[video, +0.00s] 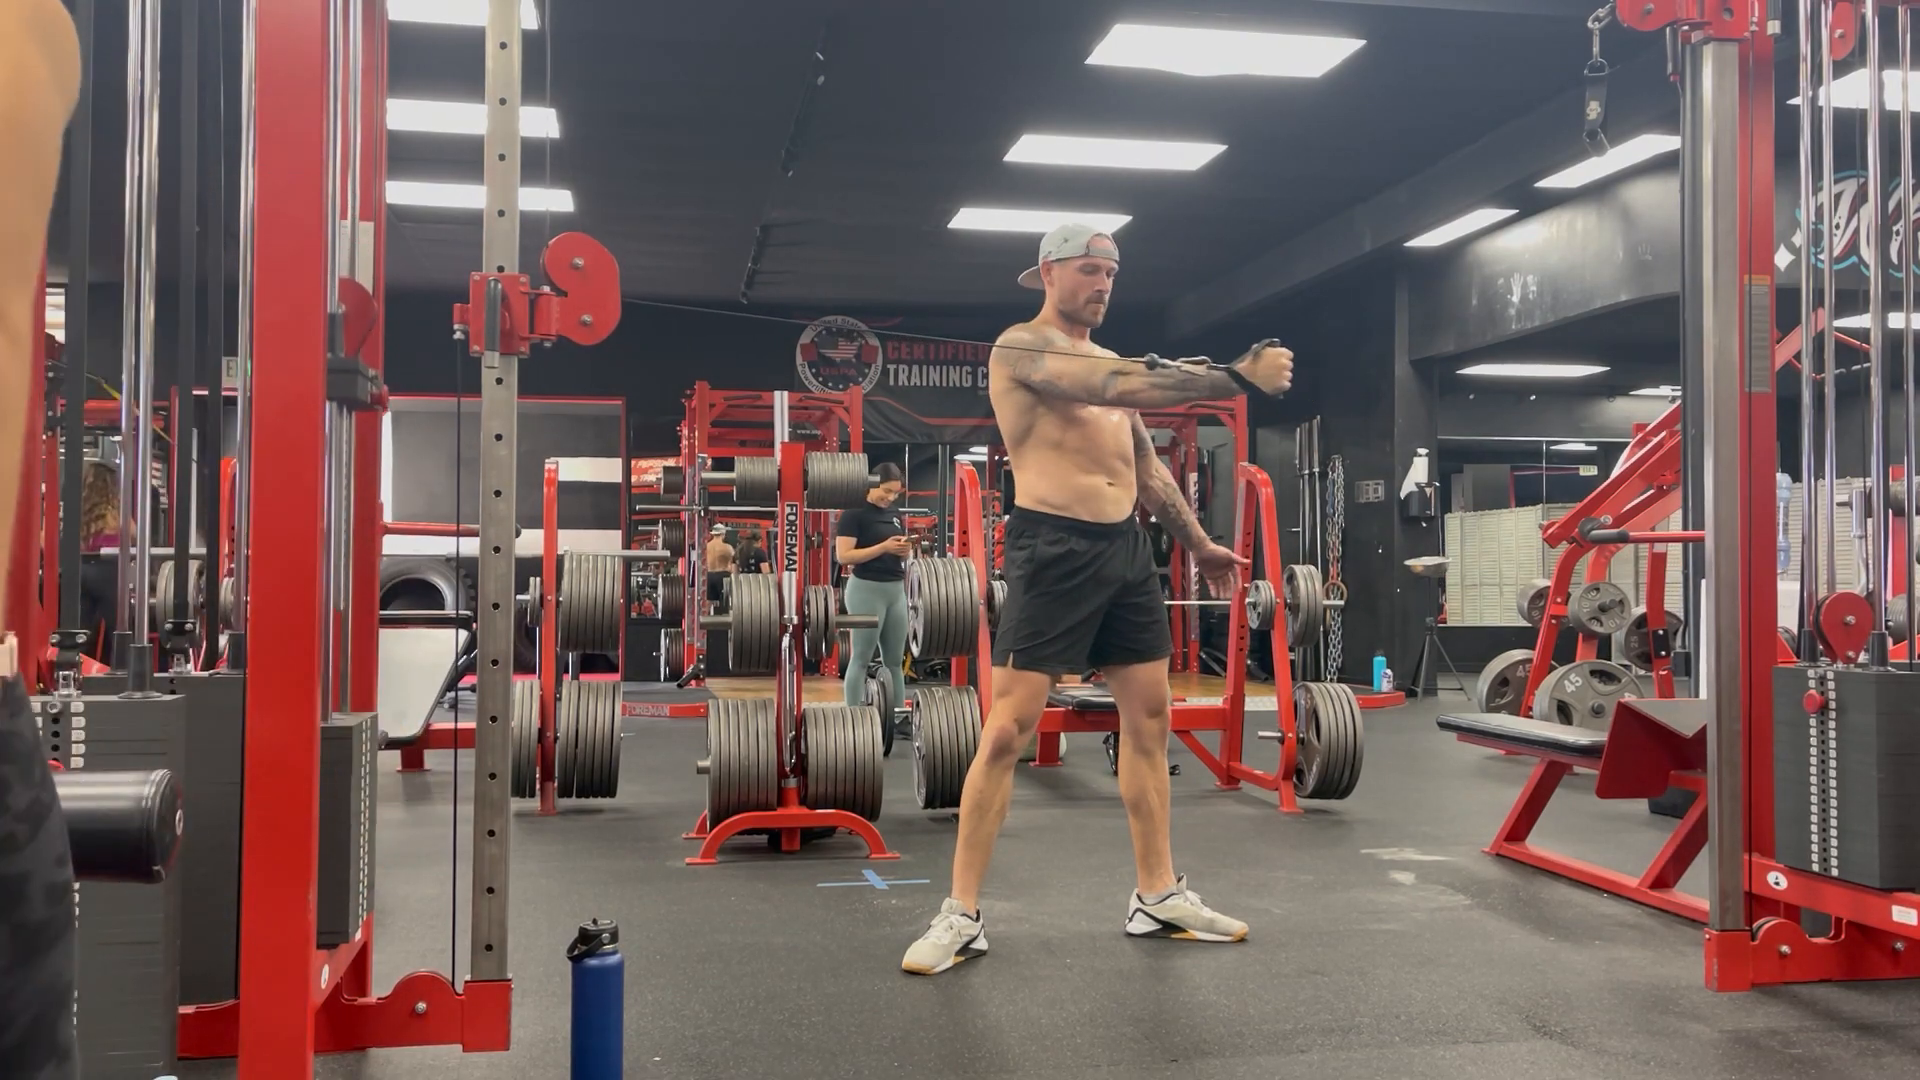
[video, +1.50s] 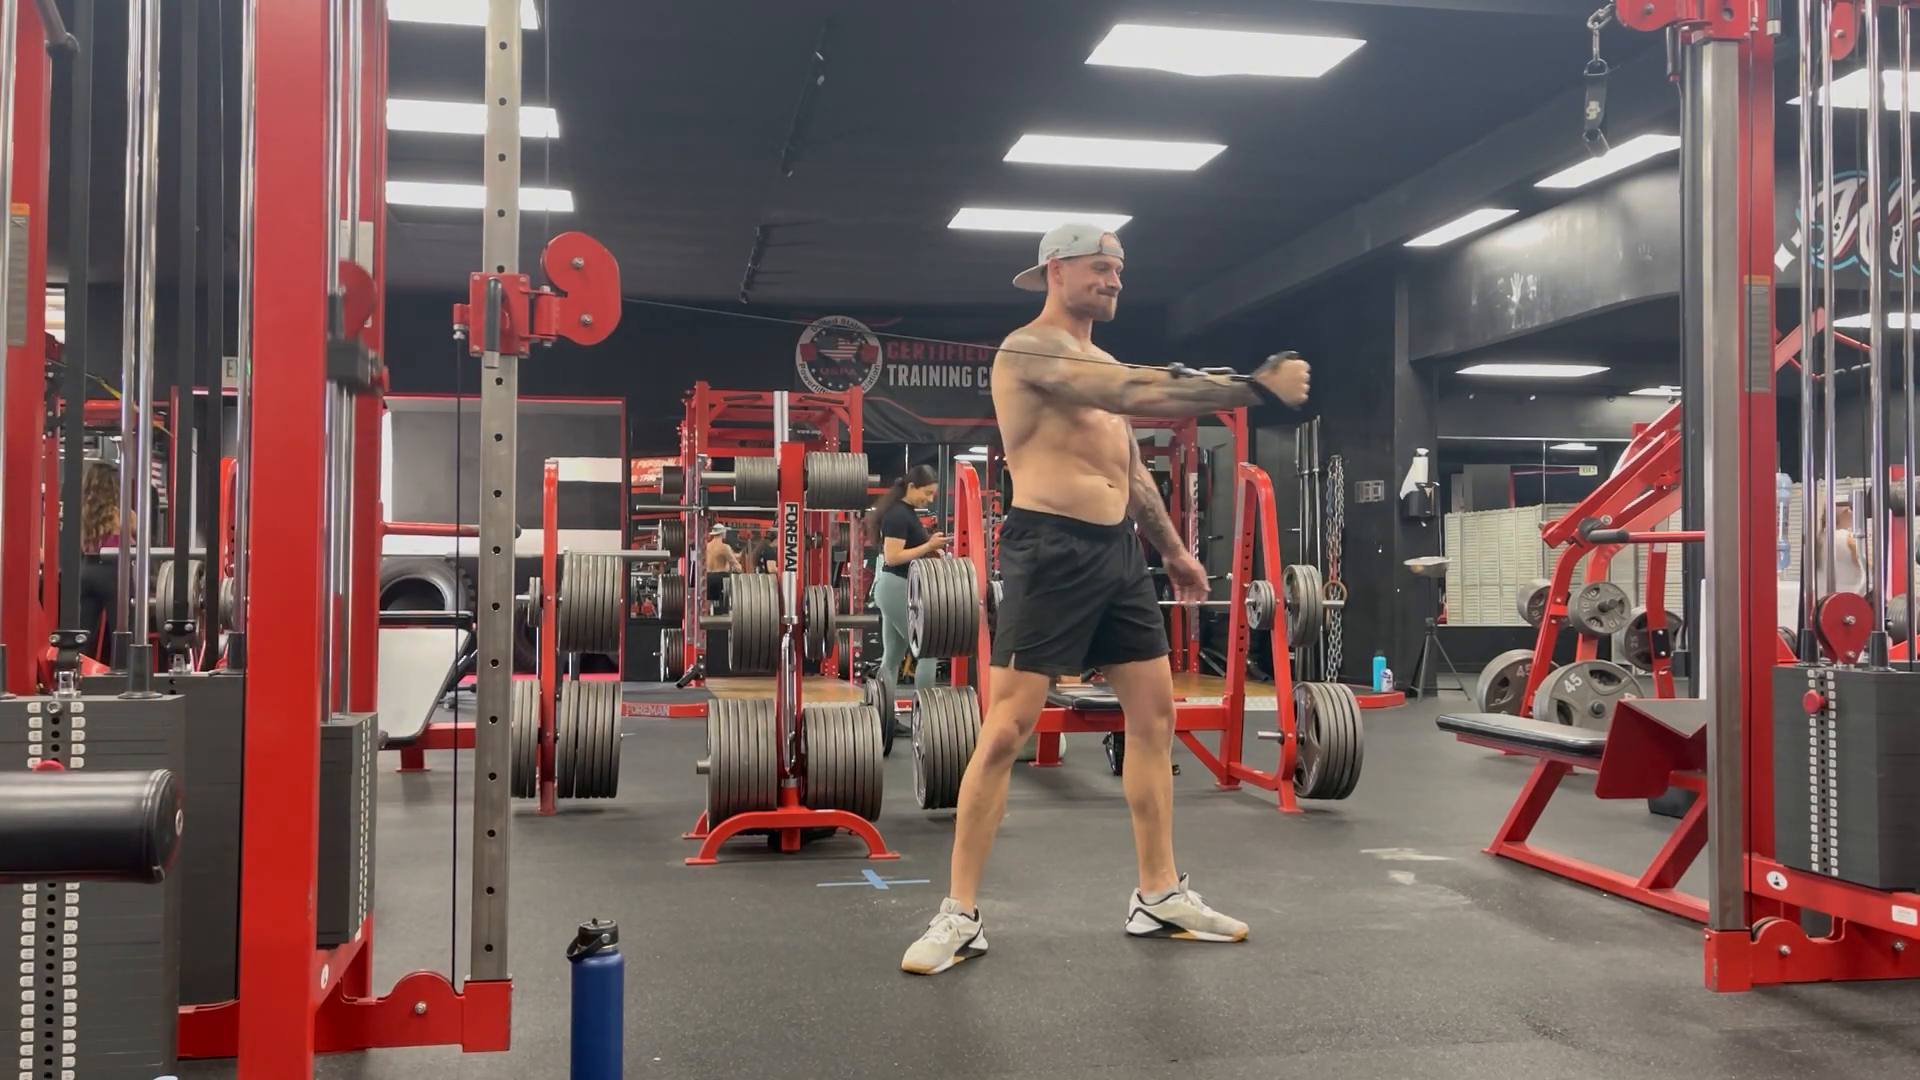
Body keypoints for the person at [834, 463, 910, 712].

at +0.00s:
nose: (891, 498)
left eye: (896, 493)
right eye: (887, 491)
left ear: (899, 490)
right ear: (873, 484)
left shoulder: (893, 515)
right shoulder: (853, 514)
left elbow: (902, 553)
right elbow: (843, 555)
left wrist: (906, 549)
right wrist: (883, 548)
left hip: (895, 590)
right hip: (866, 589)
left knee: (895, 662)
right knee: (861, 659)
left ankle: (897, 721)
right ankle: (853, 721)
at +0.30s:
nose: (888, 496)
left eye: (892, 491)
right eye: (884, 490)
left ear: (894, 489)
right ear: (869, 484)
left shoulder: (883, 512)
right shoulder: (849, 512)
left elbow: (878, 548)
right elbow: (837, 554)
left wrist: (898, 546)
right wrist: (879, 549)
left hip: (886, 590)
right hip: (857, 589)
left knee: (894, 658)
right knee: (856, 659)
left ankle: (899, 719)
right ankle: (851, 721)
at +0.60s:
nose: (887, 497)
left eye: (890, 493)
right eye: (884, 491)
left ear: (892, 489)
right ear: (869, 484)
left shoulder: (877, 512)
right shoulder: (850, 511)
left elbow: (874, 547)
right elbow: (840, 556)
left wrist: (896, 544)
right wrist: (882, 549)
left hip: (881, 591)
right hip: (856, 590)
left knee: (883, 658)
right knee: (855, 658)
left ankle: (887, 717)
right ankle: (851, 719)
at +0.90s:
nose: (897, 497)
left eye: (900, 492)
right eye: (895, 491)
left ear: (896, 488)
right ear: (880, 484)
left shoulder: (882, 513)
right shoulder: (863, 514)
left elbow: (881, 550)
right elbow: (856, 557)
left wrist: (902, 549)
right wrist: (895, 546)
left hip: (887, 591)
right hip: (867, 589)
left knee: (885, 660)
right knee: (863, 658)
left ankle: (882, 715)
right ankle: (853, 716)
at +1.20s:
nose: (912, 497)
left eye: (914, 492)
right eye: (909, 490)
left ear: (898, 489)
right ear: (893, 485)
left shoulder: (892, 513)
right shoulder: (880, 514)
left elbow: (891, 551)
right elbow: (877, 558)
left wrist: (916, 549)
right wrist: (914, 545)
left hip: (893, 589)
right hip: (884, 589)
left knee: (891, 657)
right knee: (889, 658)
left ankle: (880, 712)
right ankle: (869, 713)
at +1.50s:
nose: (931, 499)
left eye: (933, 494)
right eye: (928, 493)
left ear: (913, 488)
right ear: (912, 487)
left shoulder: (906, 511)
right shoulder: (898, 513)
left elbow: (904, 551)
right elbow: (892, 557)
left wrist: (929, 549)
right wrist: (928, 546)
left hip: (897, 583)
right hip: (896, 584)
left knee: (893, 653)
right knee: (928, 648)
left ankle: (882, 714)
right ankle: (926, 716)